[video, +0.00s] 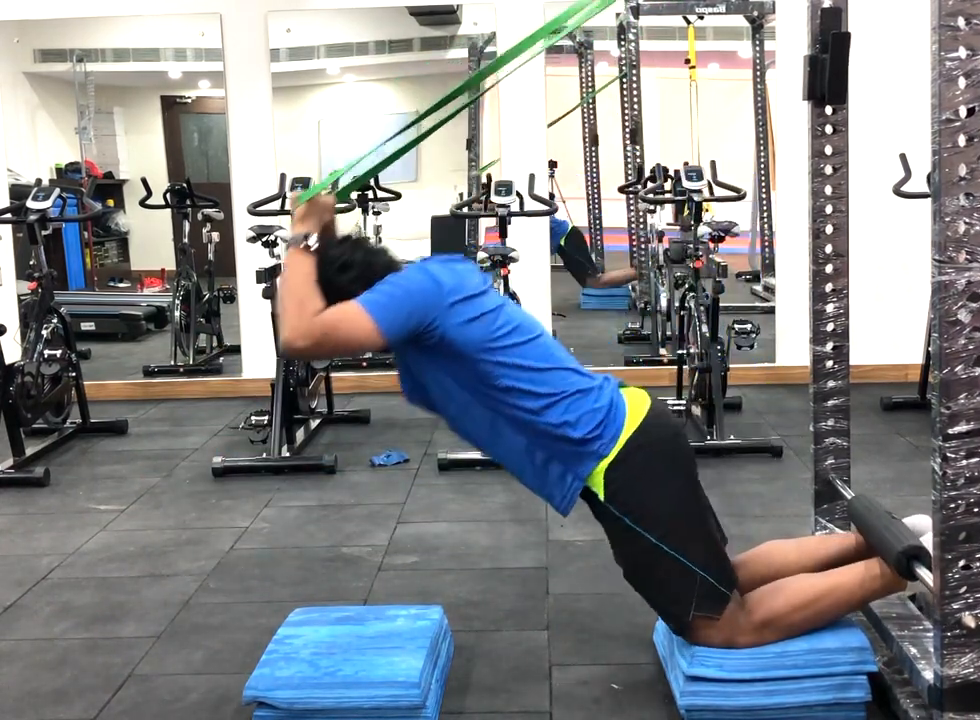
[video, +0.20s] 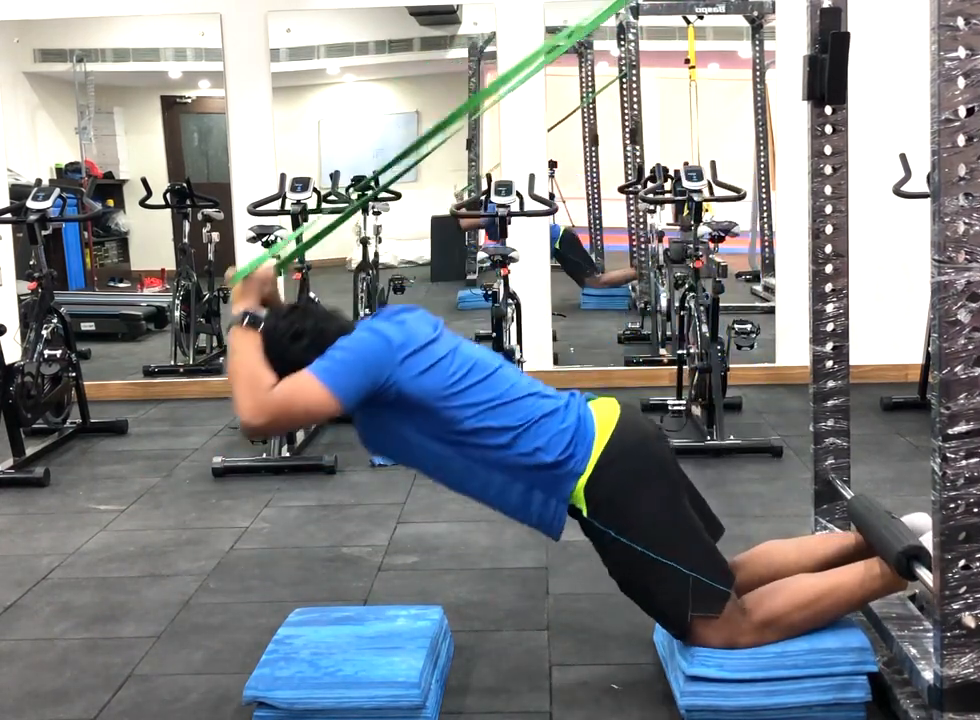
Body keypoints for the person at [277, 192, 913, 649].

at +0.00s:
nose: (335, 328)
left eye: (334, 315)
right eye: (332, 316)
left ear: (356, 296)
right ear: (371, 276)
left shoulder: (428, 287)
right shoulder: (434, 285)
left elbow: (302, 334)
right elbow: (316, 331)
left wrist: (298, 242)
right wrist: (312, 247)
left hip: (623, 459)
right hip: (626, 442)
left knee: (720, 626)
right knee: (712, 584)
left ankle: (897, 571)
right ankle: (860, 539)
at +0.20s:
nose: (297, 406)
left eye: (290, 390)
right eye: (287, 391)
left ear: (309, 372)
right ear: (322, 334)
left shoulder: (380, 345)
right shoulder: (386, 336)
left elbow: (258, 411)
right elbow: (276, 401)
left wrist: (241, 322)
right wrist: (260, 322)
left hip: (603, 469)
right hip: (605, 447)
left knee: (724, 627)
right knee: (715, 584)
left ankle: (901, 567)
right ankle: (862, 535)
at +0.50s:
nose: (244, 479)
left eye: (241, 465)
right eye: (238, 467)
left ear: (263, 441)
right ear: (273, 405)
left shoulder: (325, 428)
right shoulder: (337, 403)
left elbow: (218, 518)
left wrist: (179, 431)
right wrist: (217, 424)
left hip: (574, 496)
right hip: (578, 464)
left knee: (725, 625)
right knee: (710, 586)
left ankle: (904, 567)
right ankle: (863, 536)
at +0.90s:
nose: (239, 576)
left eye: (231, 567)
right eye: (226, 564)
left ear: (245, 547)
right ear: (249, 503)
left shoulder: (297, 519)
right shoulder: (317, 486)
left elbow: (203, 625)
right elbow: (232, 597)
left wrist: (149, 561)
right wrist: (180, 553)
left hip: (547, 525)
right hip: (552, 483)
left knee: (718, 631)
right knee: (715, 581)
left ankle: (902, 565)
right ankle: (866, 534)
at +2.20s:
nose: (269, 468)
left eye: (265, 458)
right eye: (262, 459)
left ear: (281, 428)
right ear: (291, 406)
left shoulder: (349, 404)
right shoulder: (352, 396)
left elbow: (246, 500)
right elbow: (261, 483)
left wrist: (178, 447)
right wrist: (201, 442)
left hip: (591, 473)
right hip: (589, 461)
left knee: (728, 623)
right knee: (716, 586)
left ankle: (907, 567)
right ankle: (864, 533)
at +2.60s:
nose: (333, 367)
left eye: (326, 351)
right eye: (327, 353)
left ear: (341, 328)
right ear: (360, 308)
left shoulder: (412, 322)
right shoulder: (415, 318)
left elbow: (302, 397)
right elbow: (318, 391)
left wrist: (235, 344)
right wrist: (253, 343)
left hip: (633, 447)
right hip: (632, 434)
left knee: (729, 623)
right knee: (727, 581)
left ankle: (900, 568)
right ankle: (861, 535)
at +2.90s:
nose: (404, 295)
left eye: (403, 281)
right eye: (396, 286)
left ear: (426, 256)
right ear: (435, 237)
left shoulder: (490, 254)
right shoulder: (486, 262)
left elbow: (365, 312)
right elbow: (378, 301)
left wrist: (292, 252)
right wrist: (311, 248)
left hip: (672, 433)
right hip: (668, 425)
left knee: (726, 626)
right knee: (731, 578)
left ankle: (905, 571)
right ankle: (869, 539)